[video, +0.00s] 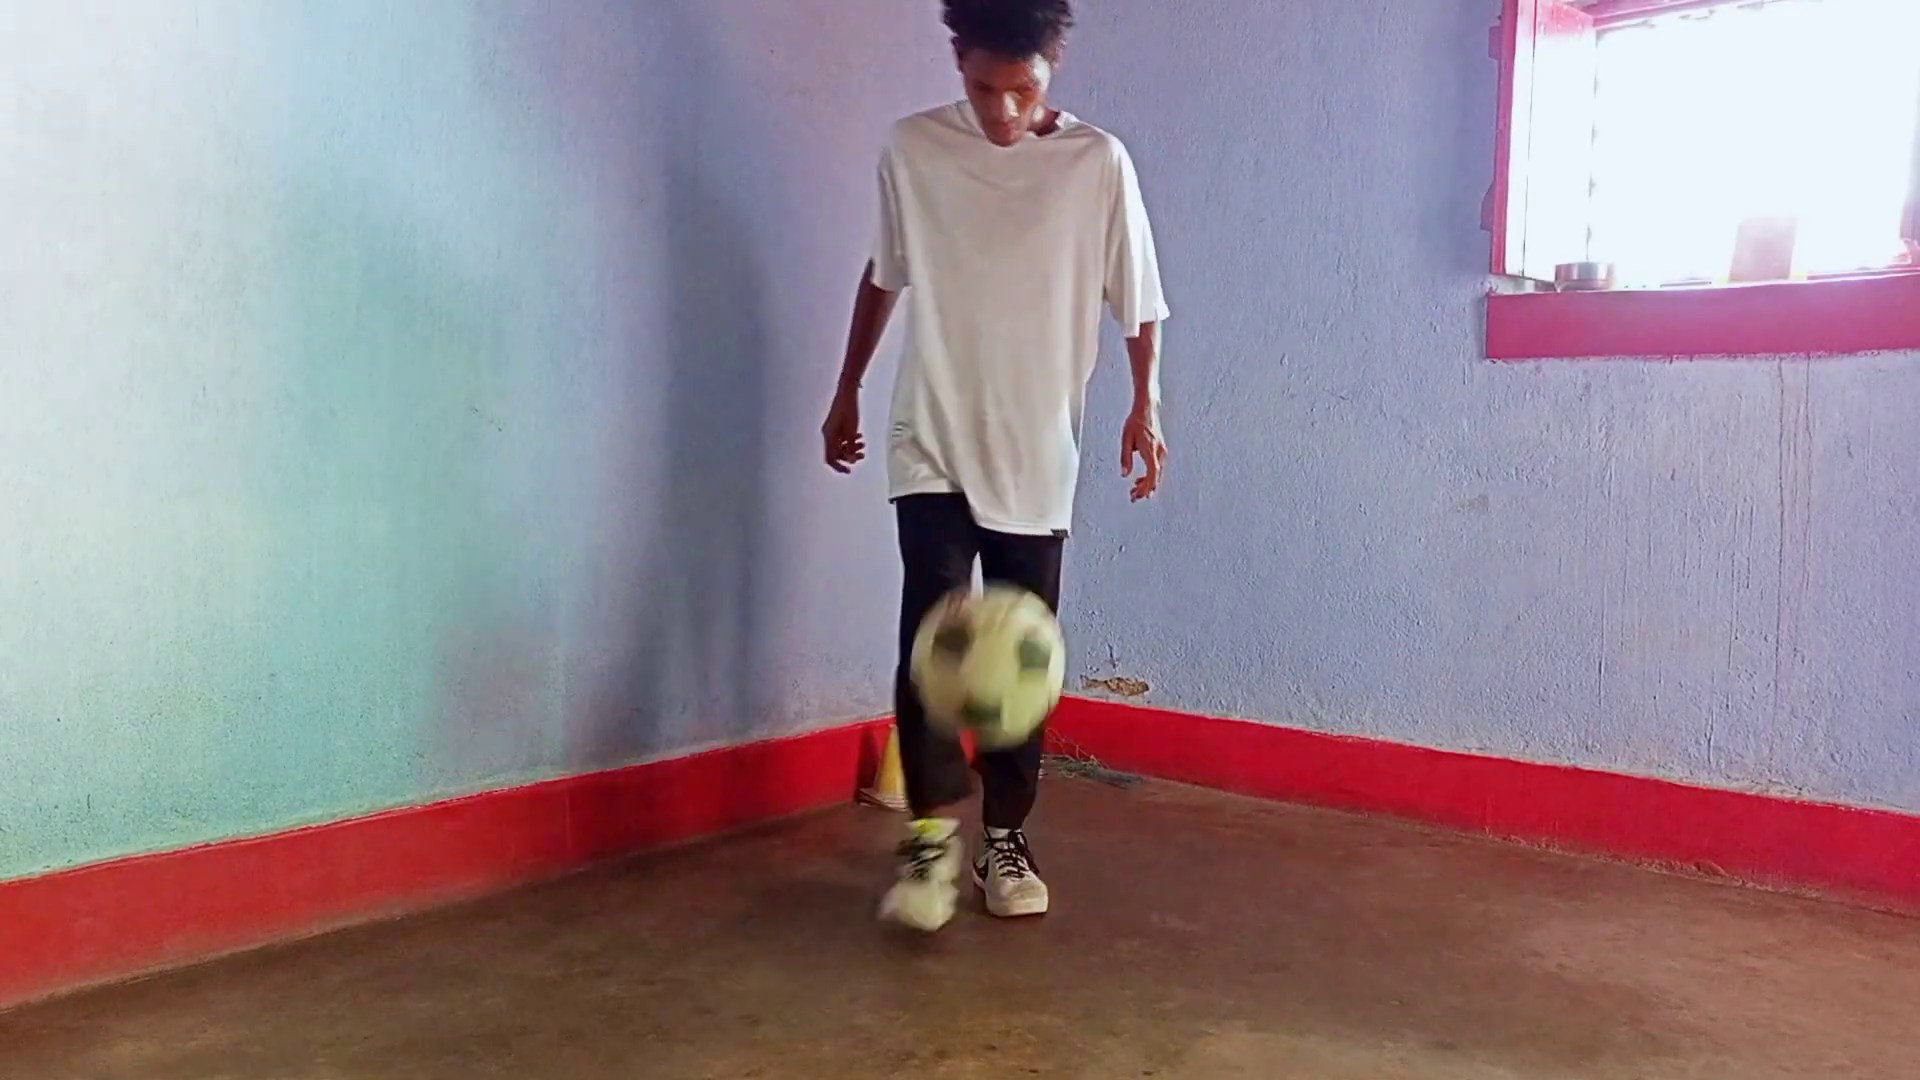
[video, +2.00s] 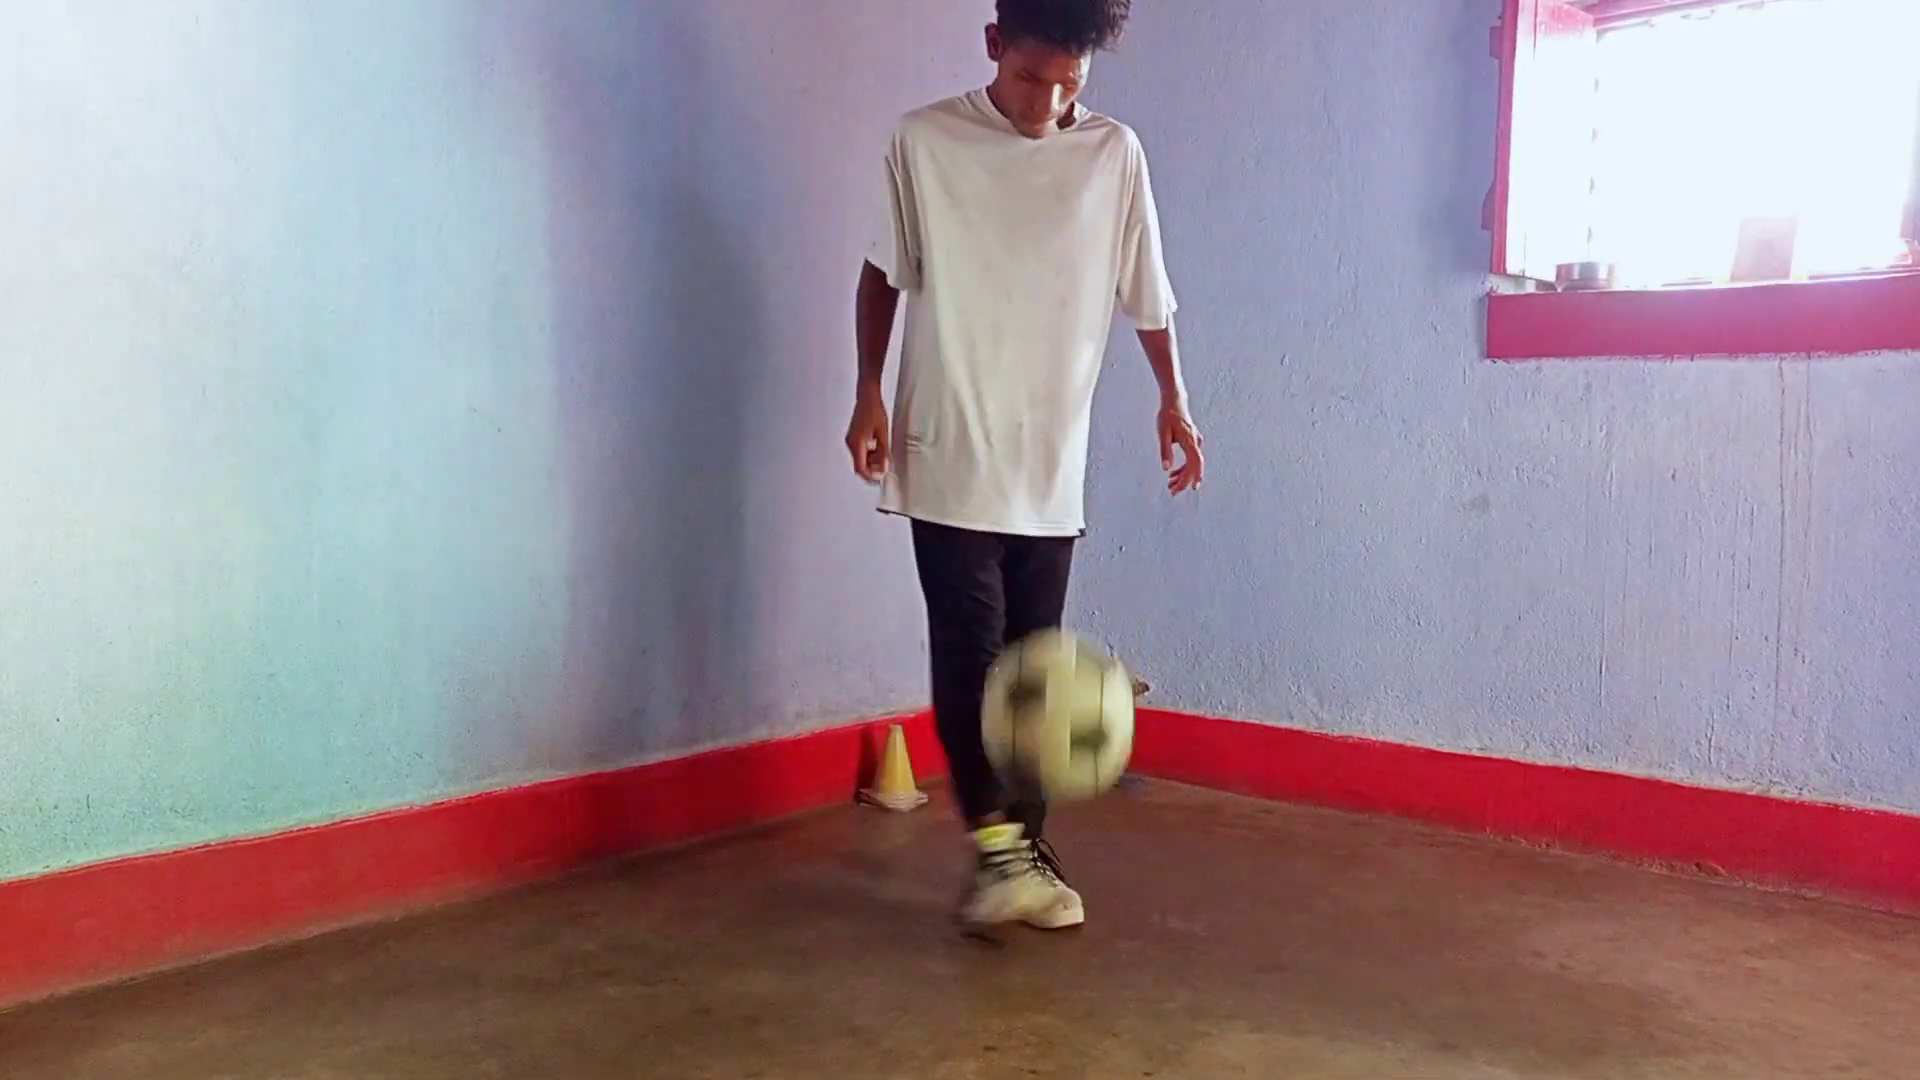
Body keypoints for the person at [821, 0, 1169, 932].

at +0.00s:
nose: (1004, 110)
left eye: (1024, 91)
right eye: (987, 89)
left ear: (1056, 67)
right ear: (960, 61)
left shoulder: (1098, 161)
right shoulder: (913, 148)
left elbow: (1138, 297)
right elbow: (883, 276)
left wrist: (1145, 408)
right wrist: (847, 391)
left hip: (1036, 439)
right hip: (929, 430)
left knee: (1026, 645)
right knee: (930, 630)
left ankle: (1006, 841)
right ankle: (930, 841)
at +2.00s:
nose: (1049, 101)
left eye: (1067, 84)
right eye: (1034, 80)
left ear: (1091, 63)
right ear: (994, 45)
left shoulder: (1112, 152)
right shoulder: (923, 140)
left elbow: (1146, 289)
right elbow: (882, 275)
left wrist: (1173, 398)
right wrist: (869, 394)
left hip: (1053, 444)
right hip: (946, 438)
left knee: (1037, 650)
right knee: (970, 640)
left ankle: (1029, 851)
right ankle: (994, 853)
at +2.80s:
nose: (1115, 111)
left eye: (1135, 93)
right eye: (1099, 86)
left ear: (1155, 79)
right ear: (1063, 58)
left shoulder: (1164, 194)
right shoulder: (981, 140)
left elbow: (1191, 340)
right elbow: (904, 265)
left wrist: (1229, 458)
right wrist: (862, 362)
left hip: (1061, 456)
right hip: (959, 430)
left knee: (1060, 659)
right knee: (986, 586)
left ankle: (1035, 865)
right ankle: (984, 840)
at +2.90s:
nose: (1127, 97)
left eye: (1146, 81)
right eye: (1113, 73)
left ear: (1167, 73)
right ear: (1078, 48)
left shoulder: (1176, 178)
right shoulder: (1000, 122)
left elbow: (1202, 313)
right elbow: (911, 226)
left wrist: (1233, 422)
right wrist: (868, 323)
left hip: (1071, 437)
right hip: (975, 385)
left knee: (1064, 656)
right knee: (975, 476)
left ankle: (1022, 855)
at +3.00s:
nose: (1118, 71)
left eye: (1137, 53)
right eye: (1101, 47)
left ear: (1160, 47)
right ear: (1064, 31)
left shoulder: (1178, 152)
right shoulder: (991, 112)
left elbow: (1215, 277)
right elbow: (910, 211)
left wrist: (1257, 362)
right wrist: (830, 271)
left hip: (1085, 419)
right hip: (995, 376)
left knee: (1077, 623)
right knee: (998, 249)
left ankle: (1029, 839)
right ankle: (936, 405)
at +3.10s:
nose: (1090, 60)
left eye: (1112, 42)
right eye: (1074, 35)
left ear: (1140, 38)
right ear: (1044, 24)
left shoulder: (1174, 142)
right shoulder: (978, 112)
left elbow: (1254, 253)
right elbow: (916, 227)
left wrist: (1313, 336)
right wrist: (825, 265)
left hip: (1087, 384)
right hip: (978, 365)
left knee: (1073, 604)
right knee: (1001, 167)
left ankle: (1026, 843)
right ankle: (965, 369)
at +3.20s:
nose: (1062, 58)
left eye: (1086, 36)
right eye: (1046, 32)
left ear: (1122, 25)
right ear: (1021, 19)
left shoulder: (1167, 138)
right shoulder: (963, 121)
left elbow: (1265, 243)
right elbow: (922, 252)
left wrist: (1357, 328)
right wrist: (842, 313)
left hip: (1078, 411)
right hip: (980, 388)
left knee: (1069, 616)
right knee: (1045, 233)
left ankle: (1018, 846)